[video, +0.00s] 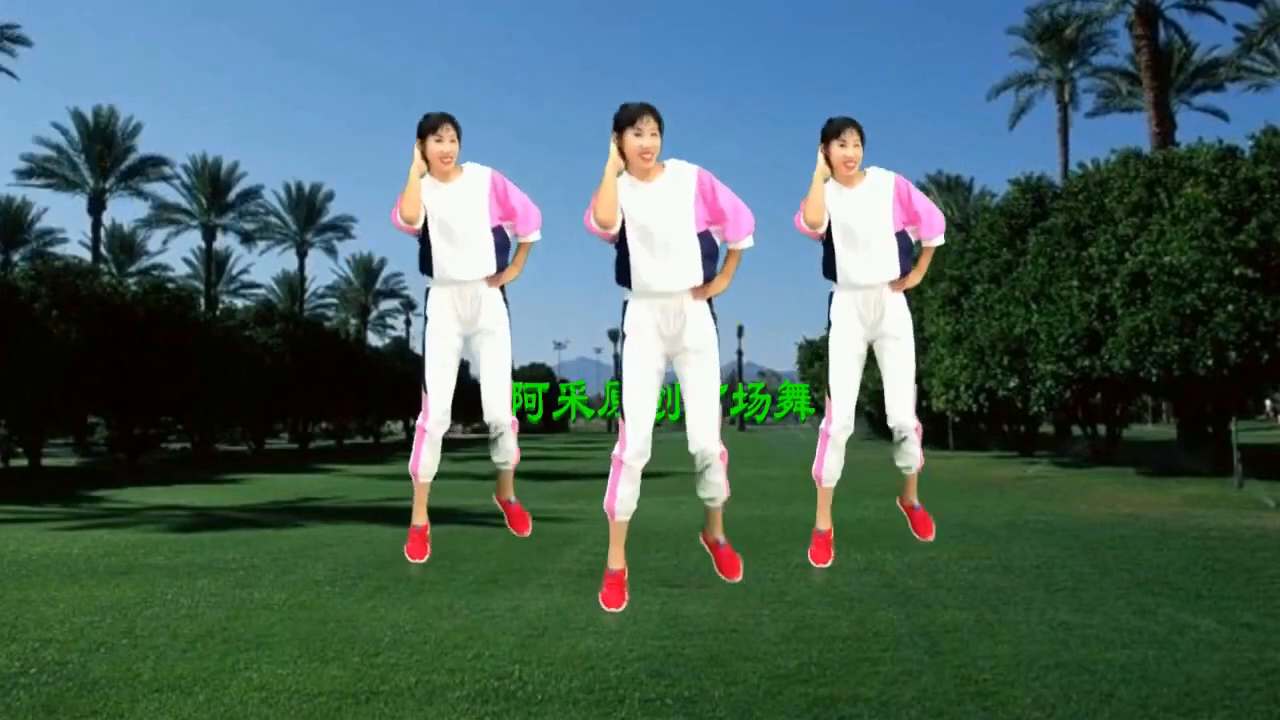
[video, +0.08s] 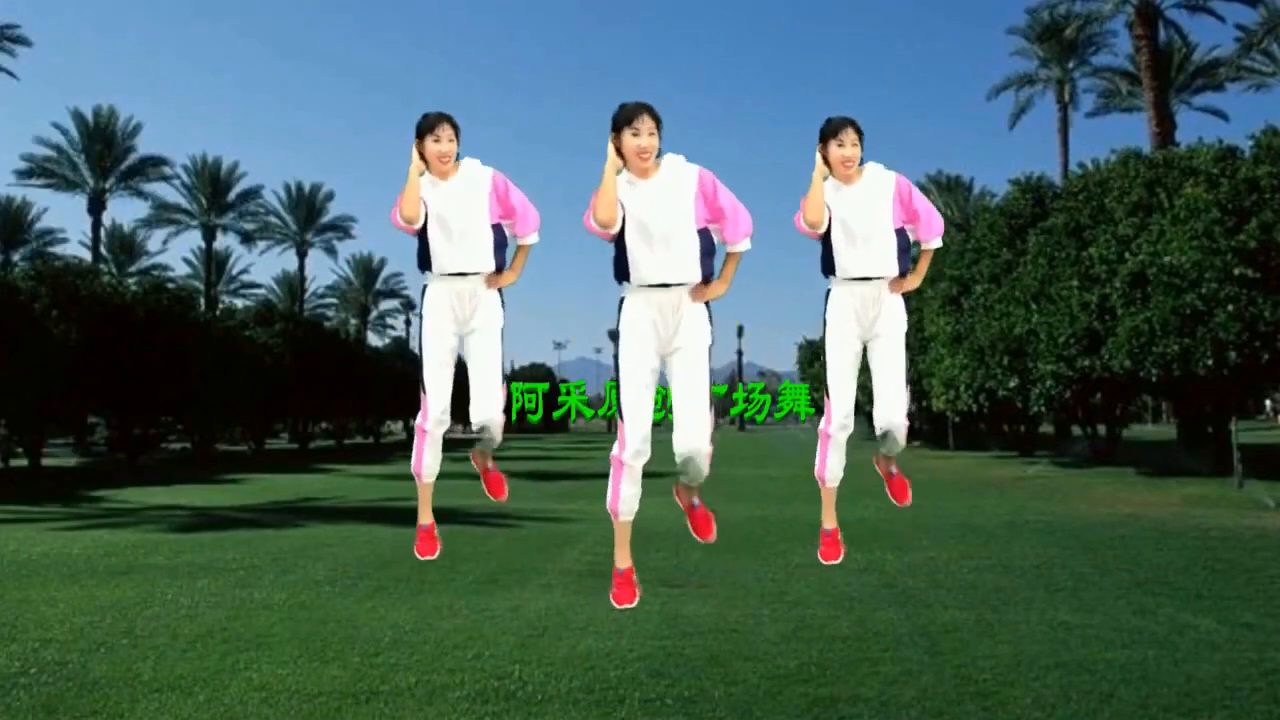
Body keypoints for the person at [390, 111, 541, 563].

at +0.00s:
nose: (445, 147)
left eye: (450, 140)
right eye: (437, 141)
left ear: (459, 145)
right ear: (422, 148)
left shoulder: (485, 180)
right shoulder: (418, 190)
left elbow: (529, 220)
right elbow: (410, 219)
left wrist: (513, 269)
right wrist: (416, 167)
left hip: (487, 295)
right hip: (443, 299)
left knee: (498, 414)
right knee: (435, 413)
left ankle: (506, 494)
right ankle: (419, 517)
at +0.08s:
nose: (444, 146)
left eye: (449, 139)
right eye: (435, 140)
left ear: (458, 144)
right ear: (421, 148)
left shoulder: (485, 178)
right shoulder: (418, 188)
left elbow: (528, 220)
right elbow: (410, 219)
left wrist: (513, 272)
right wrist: (415, 167)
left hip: (483, 292)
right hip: (439, 295)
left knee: (489, 417)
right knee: (435, 412)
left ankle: (482, 459)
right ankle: (425, 517)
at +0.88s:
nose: (461, 155)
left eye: (468, 148)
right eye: (453, 148)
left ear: (477, 155)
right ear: (440, 156)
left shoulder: (498, 200)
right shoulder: (432, 198)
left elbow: (535, 245)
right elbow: (472, 228)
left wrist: (517, 289)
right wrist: (533, 229)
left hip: (495, 311)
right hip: (451, 312)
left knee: (507, 420)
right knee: (447, 423)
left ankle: (515, 518)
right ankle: (427, 525)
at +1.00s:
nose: (459, 144)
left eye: (466, 137)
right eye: (451, 137)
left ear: (476, 144)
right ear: (438, 144)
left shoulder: (497, 189)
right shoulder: (427, 184)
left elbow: (528, 240)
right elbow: (445, 236)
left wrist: (512, 272)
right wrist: (492, 268)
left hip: (483, 300)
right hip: (439, 298)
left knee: (490, 417)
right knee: (434, 413)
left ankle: (482, 464)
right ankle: (423, 520)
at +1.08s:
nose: (457, 157)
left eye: (464, 150)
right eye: (449, 150)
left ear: (476, 156)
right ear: (435, 156)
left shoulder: (497, 202)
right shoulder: (423, 197)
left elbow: (526, 254)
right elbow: (427, 259)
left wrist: (504, 297)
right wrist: (467, 298)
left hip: (478, 313)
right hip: (434, 311)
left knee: (476, 430)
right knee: (430, 424)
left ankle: (461, 434)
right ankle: (424, 528)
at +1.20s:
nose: (453, 184)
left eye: (460, 177)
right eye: (445, 178)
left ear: (471, 184)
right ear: (434, 186)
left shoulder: (493, 234)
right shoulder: (424, 236)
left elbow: (519, 292)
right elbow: (387, 293)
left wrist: (496, 333)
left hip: (470, 343)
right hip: (427, 338)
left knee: (461, 455)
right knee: (427, 442)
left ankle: (430, 435)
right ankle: (424, 531)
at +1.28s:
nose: (454, 181)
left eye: (461, 174)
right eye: (446, 175)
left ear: (472, 181)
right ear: (435, 183)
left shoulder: (494, 231)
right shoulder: (424, 234)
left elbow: (520, 288)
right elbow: (374, 280)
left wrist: (497, 330)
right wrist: (392, 330)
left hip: (472, 342)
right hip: (430, 339)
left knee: (466, 453)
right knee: (429, 444)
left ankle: (432, 418)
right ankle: (424, 533)